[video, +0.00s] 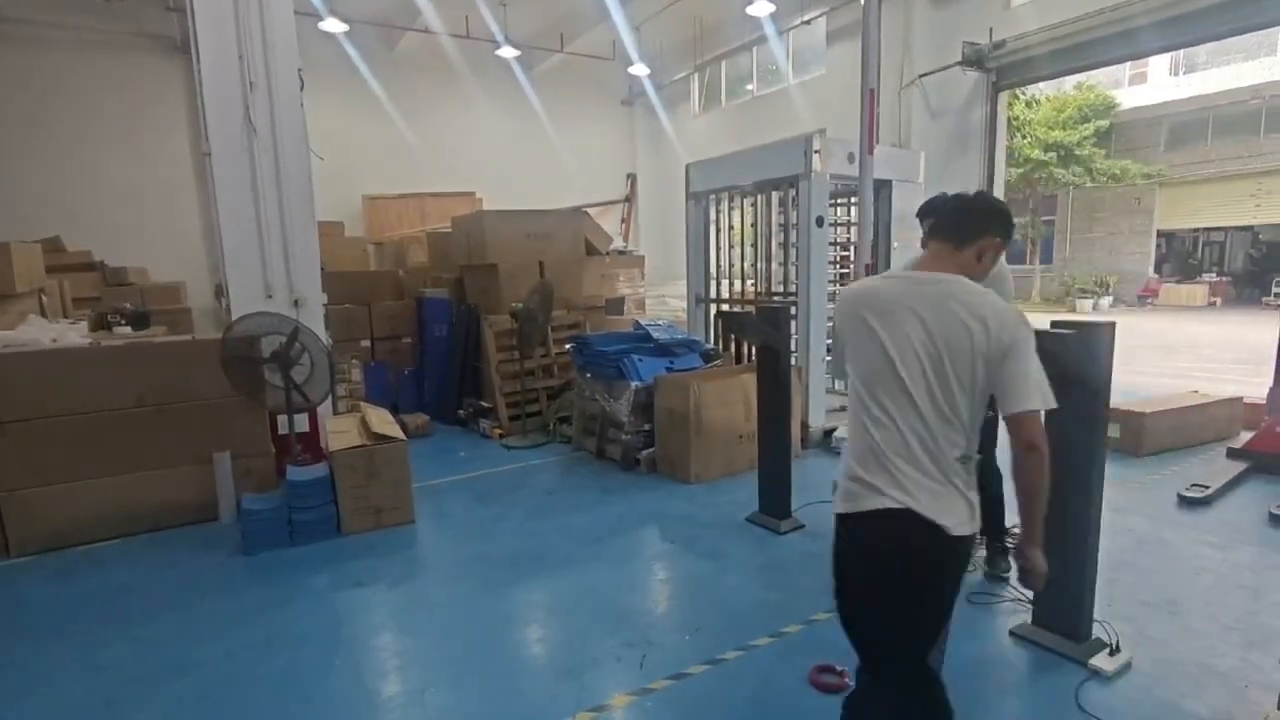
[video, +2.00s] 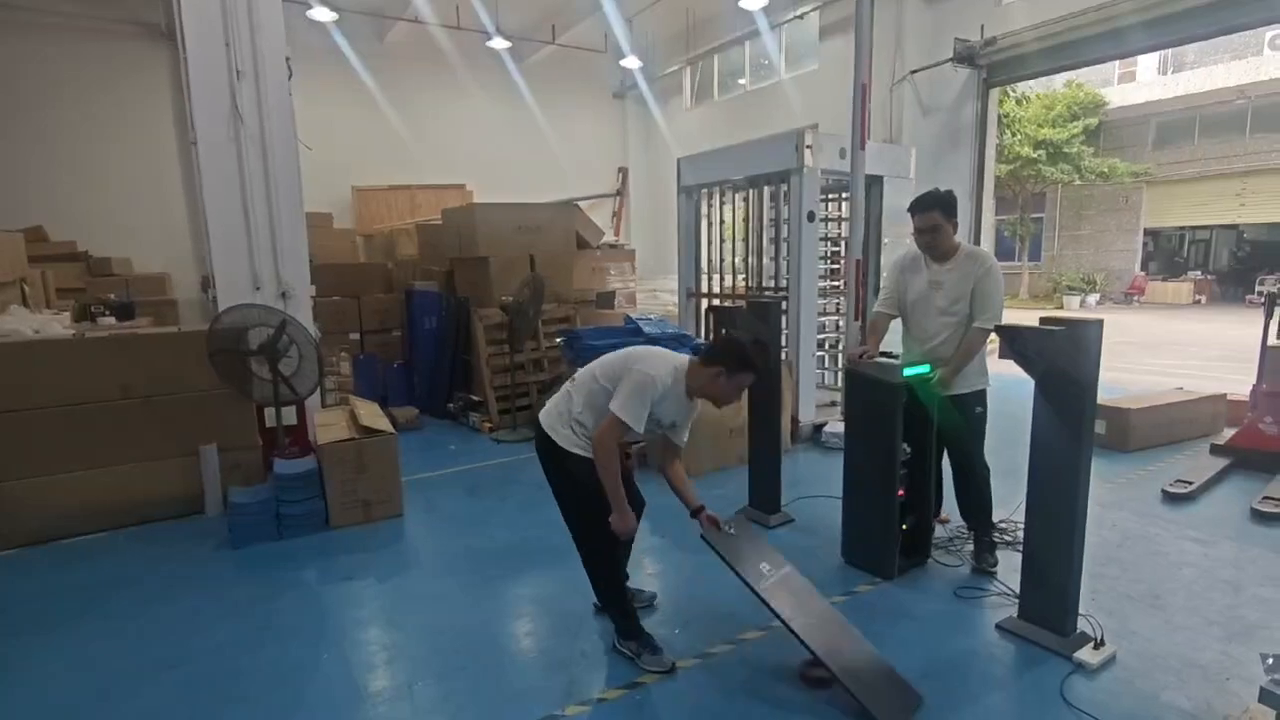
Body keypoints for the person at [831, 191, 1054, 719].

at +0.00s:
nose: (995, 271)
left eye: (997, 260)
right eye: (997, 258)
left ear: (927, 237)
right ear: (984, 249)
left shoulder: (855, 298)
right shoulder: (997, 318)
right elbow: (1029, 439)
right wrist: (1030, 542)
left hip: (860, 528)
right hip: (941, 534)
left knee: (904, 685)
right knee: (888, 684)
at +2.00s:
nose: (739, 398)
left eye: (743, 390)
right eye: (740, 388)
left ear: (719, 374)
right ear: (720, 374)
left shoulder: (688, 397)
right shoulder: (651, 374)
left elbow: (668, 457)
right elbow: (603, 438)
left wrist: (697, 509)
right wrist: (619, 508)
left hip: (602, 441)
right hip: (564, 436)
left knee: (631, 508)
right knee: (599, 536)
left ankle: (610, 591)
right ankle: (629, 635)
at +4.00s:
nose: (512, 260)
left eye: (514, 255)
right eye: (506, 253)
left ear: (513, 256)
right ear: (485, 252)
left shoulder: (509, 292)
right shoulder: (459, 294)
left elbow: (514, 338)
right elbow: (449, 348)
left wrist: (537, 364)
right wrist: (465, 394)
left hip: (512, 397)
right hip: (478, 401)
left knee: (513, 466)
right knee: (481, 467)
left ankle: (508, 526)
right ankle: (479, 520)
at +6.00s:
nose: (584, 261)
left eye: (587, 255)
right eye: (578, 255)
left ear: (588, 255)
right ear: (559, 253)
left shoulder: (584, 288)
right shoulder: (540, 293)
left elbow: (596, 330)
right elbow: (531, 342)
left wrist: (616, 358)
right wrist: (543, 386)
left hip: (592, 386)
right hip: (561, 390)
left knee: (601, 445)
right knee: (568, 452)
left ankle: (575, 494)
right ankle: (578, 513)